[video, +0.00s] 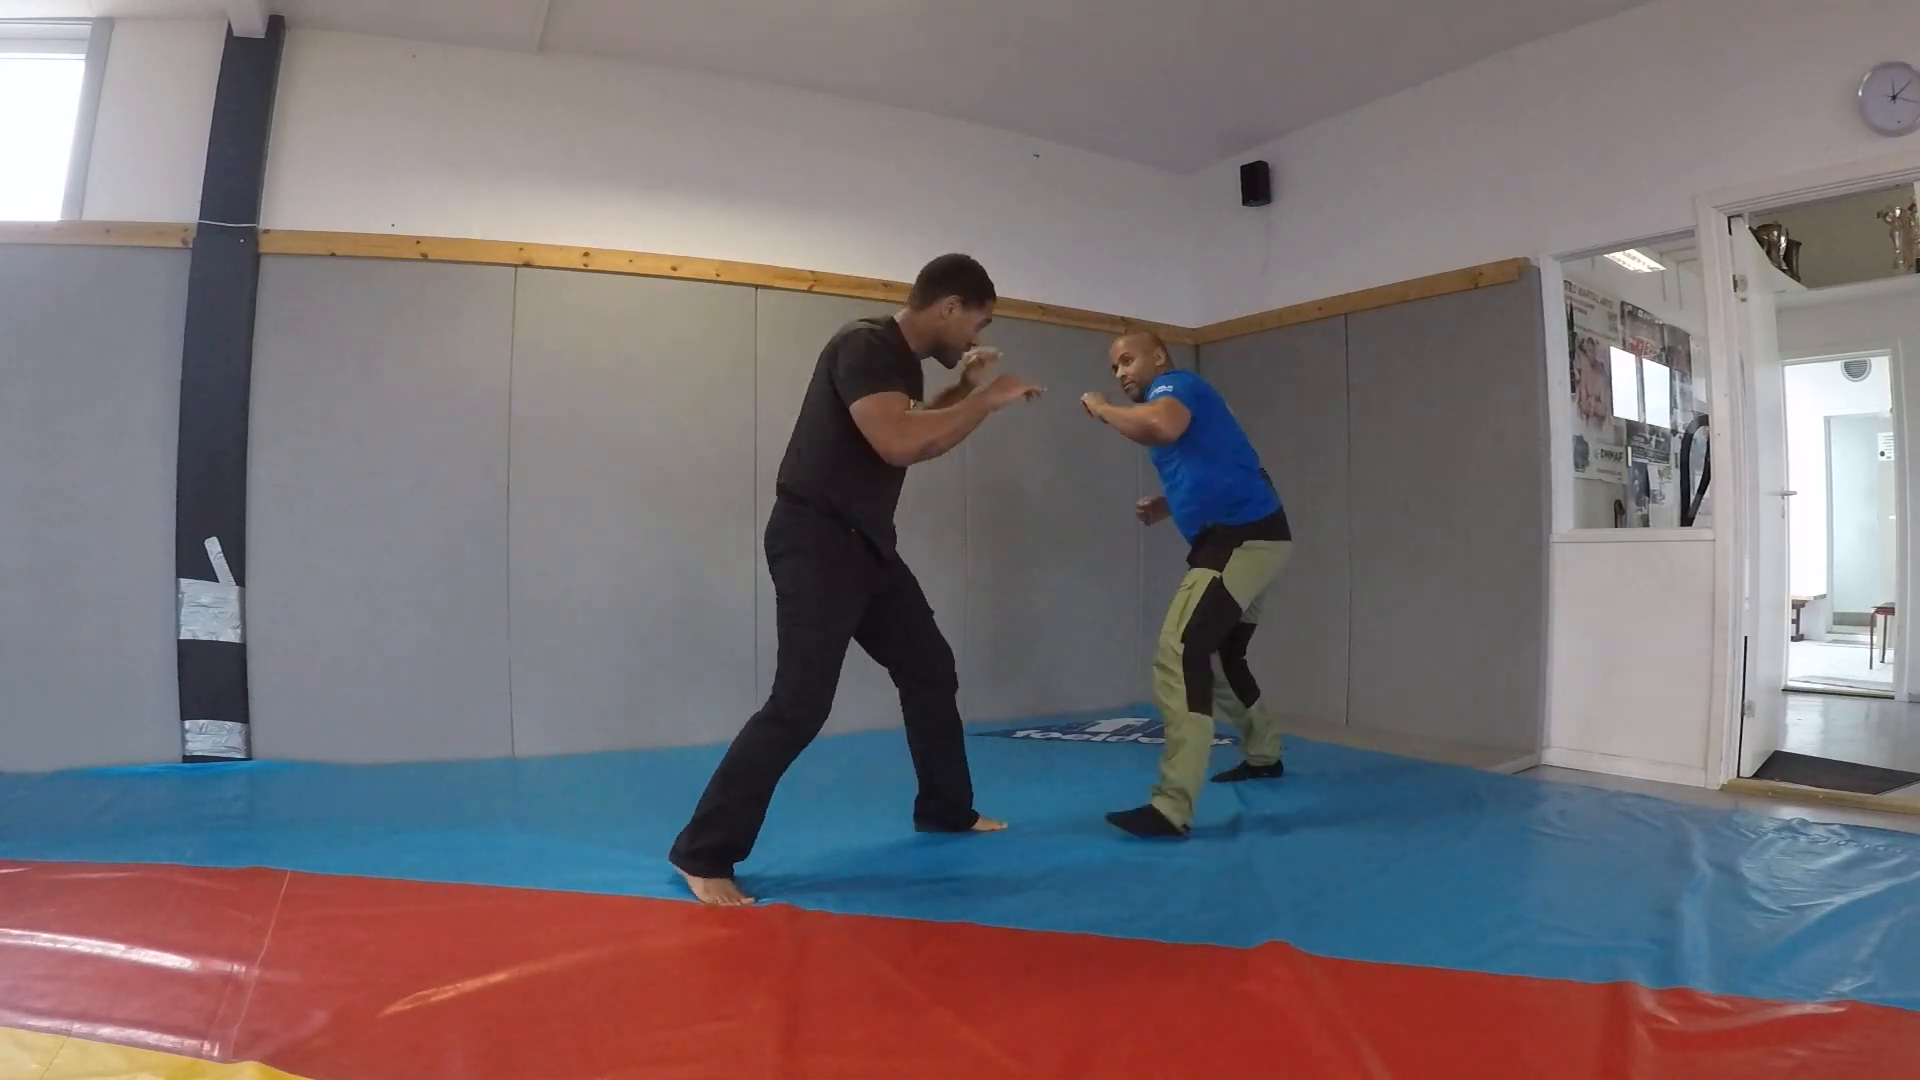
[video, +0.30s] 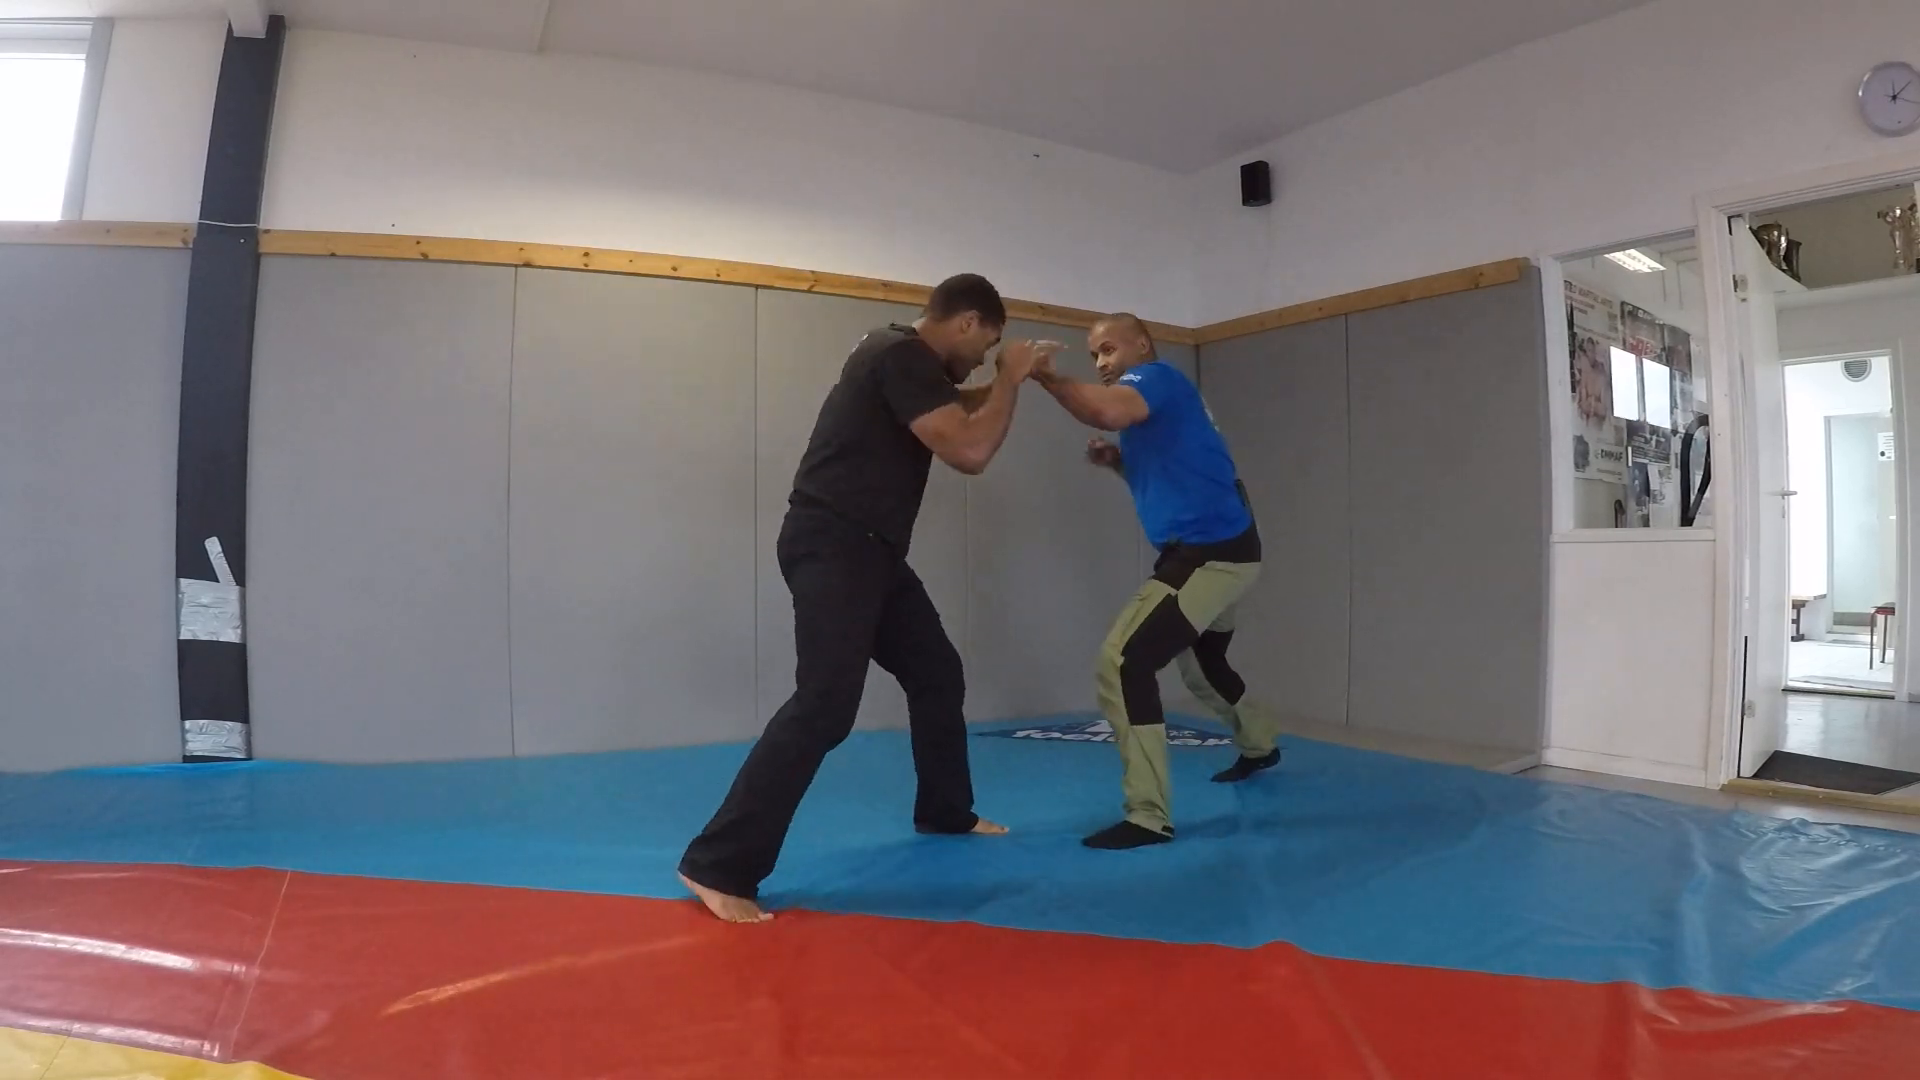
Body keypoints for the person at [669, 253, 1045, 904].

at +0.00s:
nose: (972, 337)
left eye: (977, 328)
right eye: (974, 324)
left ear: (940, 308)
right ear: (949, 307)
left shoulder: (903, 362)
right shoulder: (866, 346)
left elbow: (912, 437)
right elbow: (898, 442)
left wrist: (961, 390)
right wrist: (986, 400)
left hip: (866, 547)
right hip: (816, 539)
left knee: (929, 668)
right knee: (799, 705)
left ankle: (945, 810)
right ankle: (703, 855)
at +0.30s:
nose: (982, 356)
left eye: (987, 346)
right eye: (985, 341)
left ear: (949, 317)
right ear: (965, 321)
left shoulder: (908, 361)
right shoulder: (897, 357)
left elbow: (966, 439)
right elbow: (971, 450)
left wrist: (1004, 383)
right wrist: (1011, 376)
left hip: (869, 552)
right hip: (832, 545)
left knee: (938, 672)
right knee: (823, 708)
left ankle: (945, 812)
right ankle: (718, 865)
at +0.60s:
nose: (946, 319)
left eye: (950, 308)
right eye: (944, 304)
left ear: (892, 290)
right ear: (911, 288)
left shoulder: (827, 342)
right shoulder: (904, 340)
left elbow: (817, 445)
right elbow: (976, 447)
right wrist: (1025, 463)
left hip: (829, 539)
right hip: (843, 542)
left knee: (922, 668)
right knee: (801, 709)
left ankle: (930, 812)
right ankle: (711, 873)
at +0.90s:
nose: (925, 343)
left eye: (930, 333)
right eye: (921, 329)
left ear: (897, 316)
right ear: (884, 307)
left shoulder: (892, 361)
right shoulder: (816, 358)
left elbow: (957, 372)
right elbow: (863, 459)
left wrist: (986, 359)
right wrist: (948, 423)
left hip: (850, 557)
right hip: (794, 555)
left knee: (917, 675)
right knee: (801, 695)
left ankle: (929, 813)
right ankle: (693, 849)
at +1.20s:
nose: (882, 335)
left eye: (886, 325)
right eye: (883, 321)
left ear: (832, 302)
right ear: (859, 305)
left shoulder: (786, 347)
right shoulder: (819, 352)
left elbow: (813, 418)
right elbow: (881, 444)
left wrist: (859, 375)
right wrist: (917, 392)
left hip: (773, 541)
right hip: (762, 543)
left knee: (855, 651)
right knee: (755, 706)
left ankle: (851, 797)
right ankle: (657, 860)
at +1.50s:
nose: (856, 343)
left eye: (856, 337)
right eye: (855, 336)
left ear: (799, 329)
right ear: (841, 328)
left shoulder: (749, 378)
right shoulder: (838, 347)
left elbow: (735, 471)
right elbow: (960, 355)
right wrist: (980, 368)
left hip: (739, 533)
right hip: (781, 530)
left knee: (825, 666)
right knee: (758, 687)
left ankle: (820, 802)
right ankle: (657, 847)